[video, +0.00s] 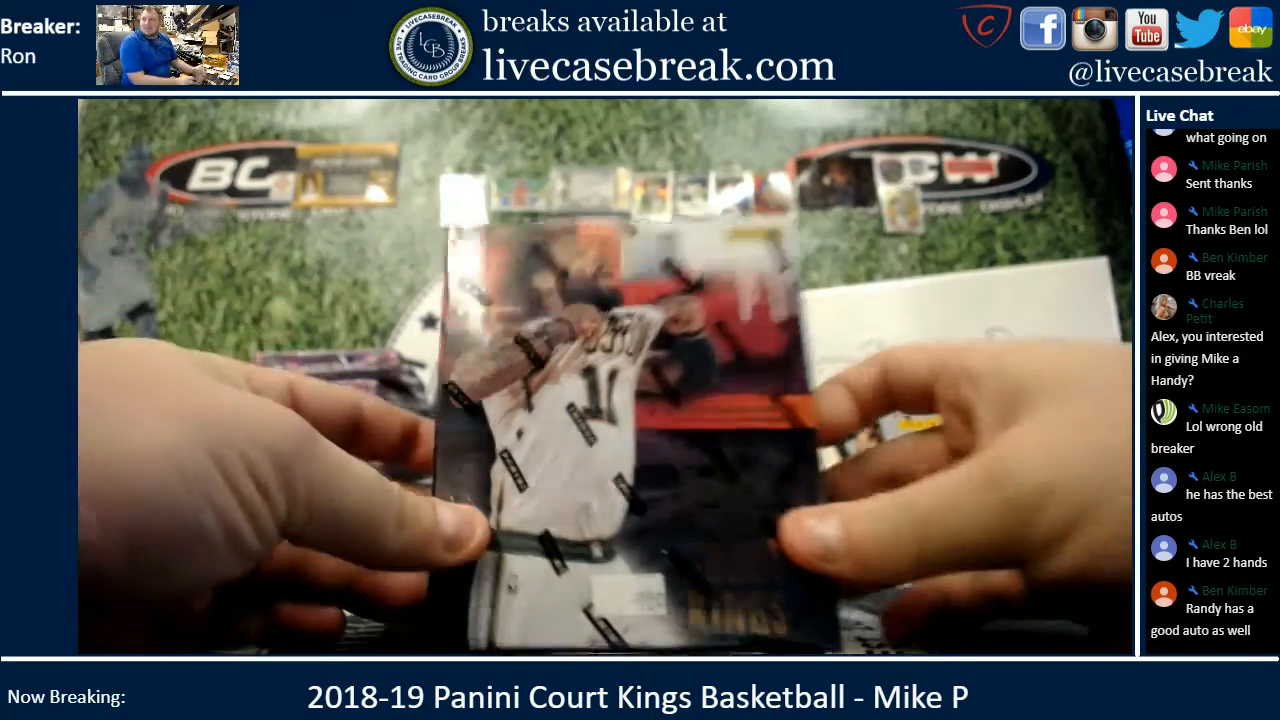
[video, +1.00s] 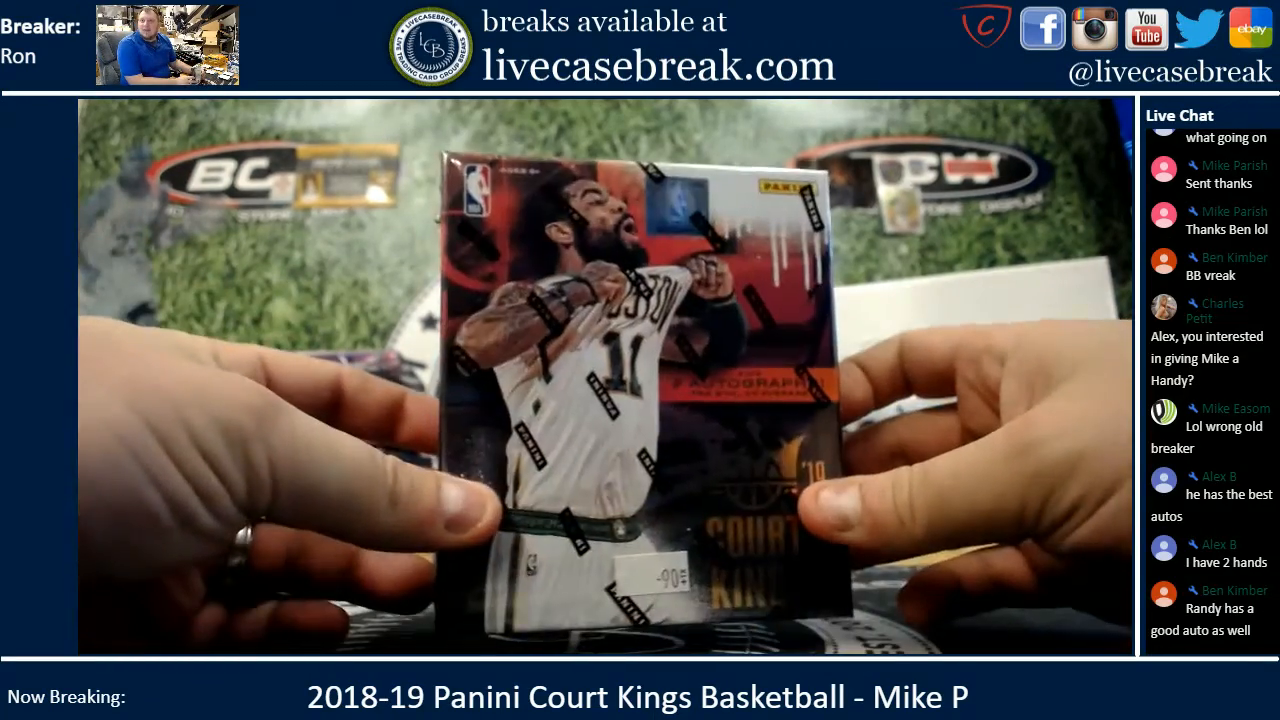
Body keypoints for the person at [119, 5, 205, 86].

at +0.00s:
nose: (147, 24)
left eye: (152, 20)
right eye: (144, 20)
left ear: (160, 22)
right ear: (139, 21)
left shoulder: (164, 39)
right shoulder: (131, 43)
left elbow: (174, 61)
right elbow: (137, 79)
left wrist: (193, 70)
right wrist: (177, 81)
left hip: (166, 90)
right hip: (141, 94)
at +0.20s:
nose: (146, 24)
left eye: (152, 20)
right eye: (143, 20)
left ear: (160, 24)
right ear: (139, 22)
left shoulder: (165, 40)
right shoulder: (131, 44)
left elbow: (175, 61)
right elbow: (136, 81)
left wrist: (194, 70)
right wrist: (176, 81)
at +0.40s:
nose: (146, 25)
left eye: (151, 21)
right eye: (143, 20)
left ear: (160, 24)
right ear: (139, 22)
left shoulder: (165, 40)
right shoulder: (129, 44)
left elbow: (175, 62)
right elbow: (136, 81)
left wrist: (194, 70)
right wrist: (177, 81)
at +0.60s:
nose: (145, 25)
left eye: (150, 21)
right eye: (142, 21)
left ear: (160, 24)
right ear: (138, 23)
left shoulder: (164, 40)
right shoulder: (128, 45)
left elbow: (174, 62)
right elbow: (135, 81)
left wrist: (194, 70)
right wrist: (176, 81)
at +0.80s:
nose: (145, 25)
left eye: (151, 21)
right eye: (142, 21)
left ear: (159, 24)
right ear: (138, 23)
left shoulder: (164, 40)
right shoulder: (128, 45)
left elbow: (174, 62)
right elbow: (136, 81)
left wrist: (193, 70)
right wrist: (177, 81)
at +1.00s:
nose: (146, 25)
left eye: (151, 21)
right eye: (142, 20)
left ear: (159, 24)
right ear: (138, 23)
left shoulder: (164, 40)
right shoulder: (128, 45)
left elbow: (174, 62)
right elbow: (136, 82)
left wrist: (194, 71)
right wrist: (177, 81)